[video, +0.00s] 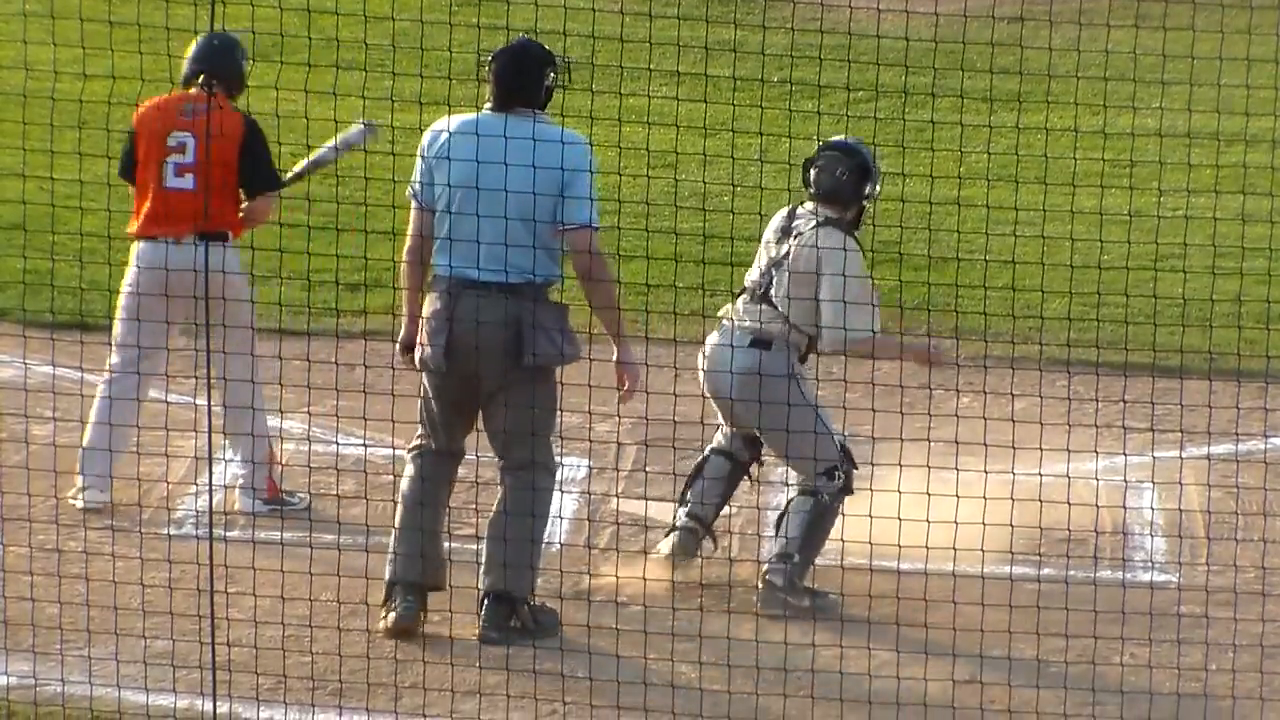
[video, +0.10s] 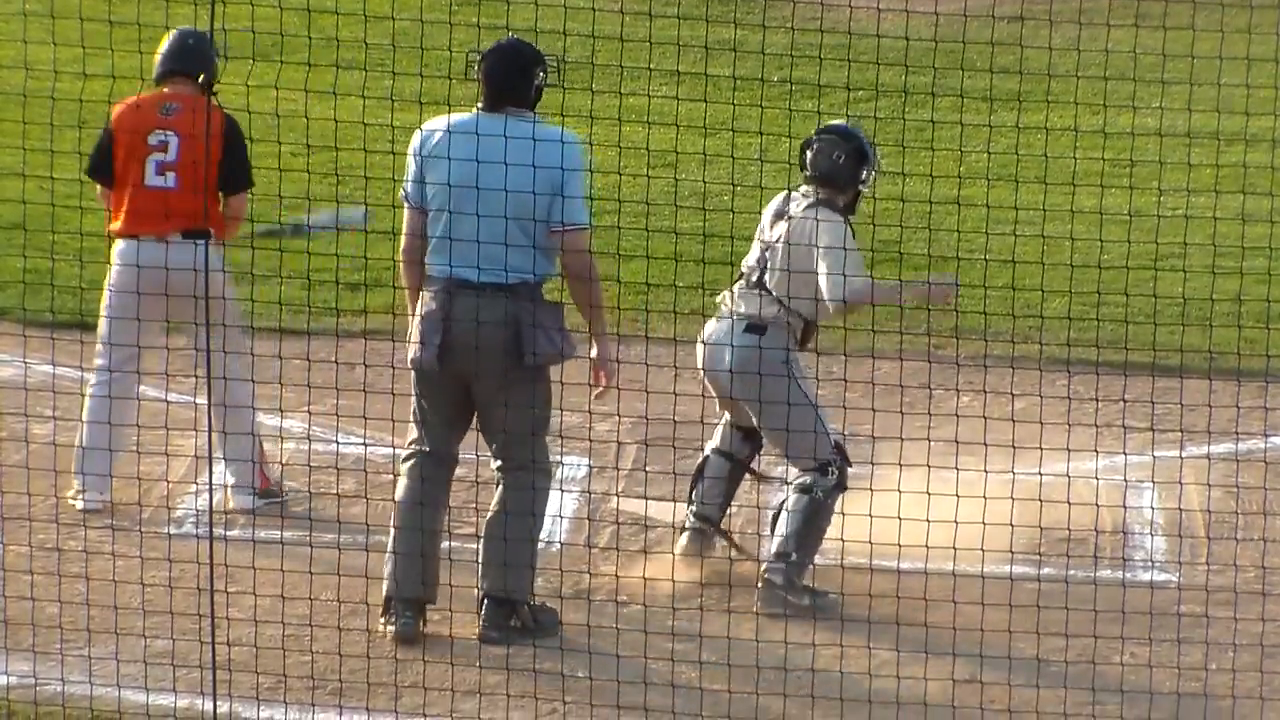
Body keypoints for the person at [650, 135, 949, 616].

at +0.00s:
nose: (864, 203)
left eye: (864, 193)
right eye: (864, 194)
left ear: (813, 184)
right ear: (858, 199)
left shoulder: (783, 219)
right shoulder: (836, 245)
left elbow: (775, 294)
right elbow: (849, 338)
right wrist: (914, 351)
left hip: (716, 356)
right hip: (763, 369)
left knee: (746, 431)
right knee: (831, 471)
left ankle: (684, 534)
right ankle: (782, 583)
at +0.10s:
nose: (863, 184)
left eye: (863, 175)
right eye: (862, 175)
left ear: (812, 169)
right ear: (852, 178)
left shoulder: (781, 202)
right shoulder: (828, 223)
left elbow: (766, 268)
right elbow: (843, 293)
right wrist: (921, 291)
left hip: (714, 342)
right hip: (759, 352)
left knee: (744, 425)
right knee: (825, 466)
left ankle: (697, 535)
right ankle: (780, 582)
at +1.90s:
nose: (783, 114)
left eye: (780, 106)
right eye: (783, 107)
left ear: (726, 105)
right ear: (776, 113)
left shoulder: (681, 156)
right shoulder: (783, 168)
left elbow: (645, 249)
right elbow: (817, 214)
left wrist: (633, 328)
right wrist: (799, 141)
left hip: (687, 303)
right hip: (746, 309)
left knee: (679, 422)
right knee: (732, 436)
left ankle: (648, 544)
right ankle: (712, 563)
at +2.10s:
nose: (766, 117)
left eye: (762, 110)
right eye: (766, 111)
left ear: (710, 105)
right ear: (761, 115)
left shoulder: (665, 160)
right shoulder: (771, 170)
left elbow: (637, 250)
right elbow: (803, 220)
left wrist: (629, 320)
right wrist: (780, 151)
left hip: (675, 309)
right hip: (737, 312)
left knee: (653, 428)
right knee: (725, 439)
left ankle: (627, 545)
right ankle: (713, 564)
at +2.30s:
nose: (743, 122)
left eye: (738, 114)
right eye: (743, 114)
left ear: (686, 109)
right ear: (738, 117)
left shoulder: (639, 163)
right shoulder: (746, 173)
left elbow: (623, 250)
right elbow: (755, 241)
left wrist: (608, 325)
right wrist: (743, 163)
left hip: (650, 311)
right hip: (711, 314)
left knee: (641, 434)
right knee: (713, 439)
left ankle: (626, 562)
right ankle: (712, 562)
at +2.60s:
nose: (703, 121)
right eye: (703, 114)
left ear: (646, 112)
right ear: (702, 118)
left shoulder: (609, 165)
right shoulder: (717, 171)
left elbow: (590, 245)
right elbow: (733, 234)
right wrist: (709, 161)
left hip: (624, 312)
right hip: (690, 314)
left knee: (630, 441)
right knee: (707, 437)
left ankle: (627, 568)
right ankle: (716, 561)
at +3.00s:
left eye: (657, 106)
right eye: (707, 110)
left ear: (655, 110)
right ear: (711, 114)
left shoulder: (626, 167)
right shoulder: (732, 176)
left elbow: (611, 249)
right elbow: (743, 254)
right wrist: (688, 237)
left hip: (639, 319)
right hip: (702, 322)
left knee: (630, 442)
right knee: (700, 446)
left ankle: (623, 571)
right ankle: (697, 576)